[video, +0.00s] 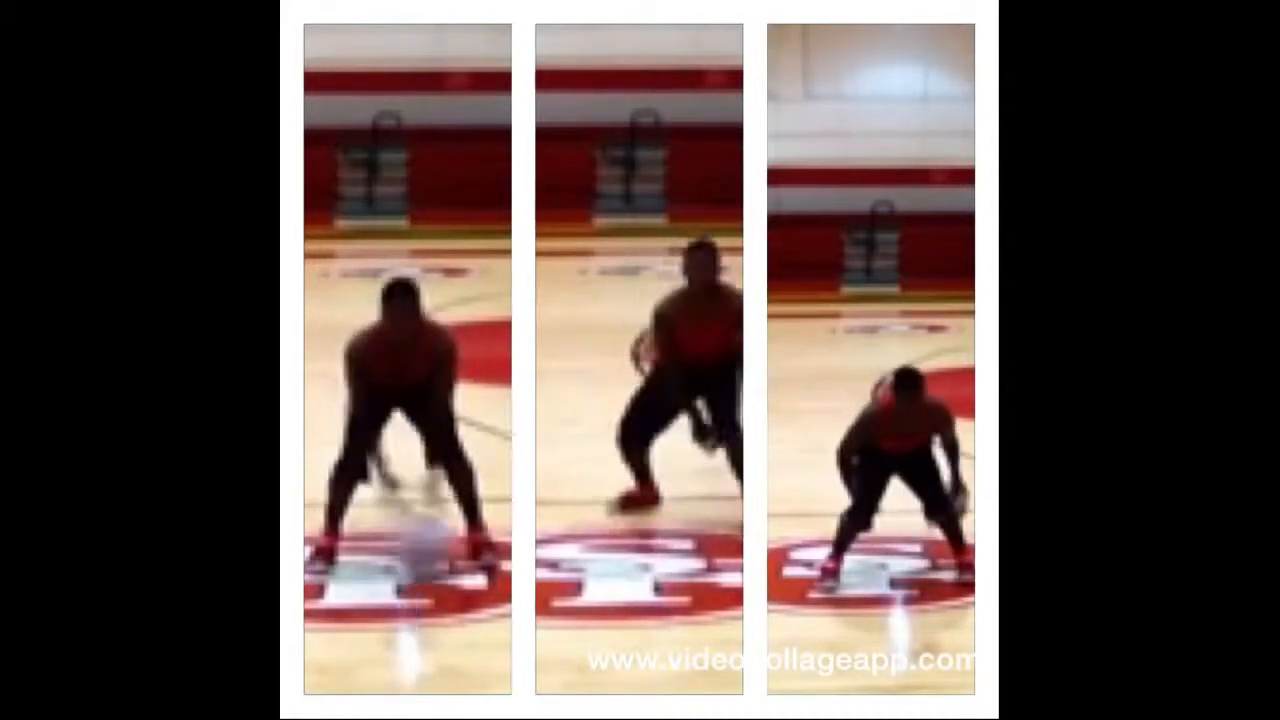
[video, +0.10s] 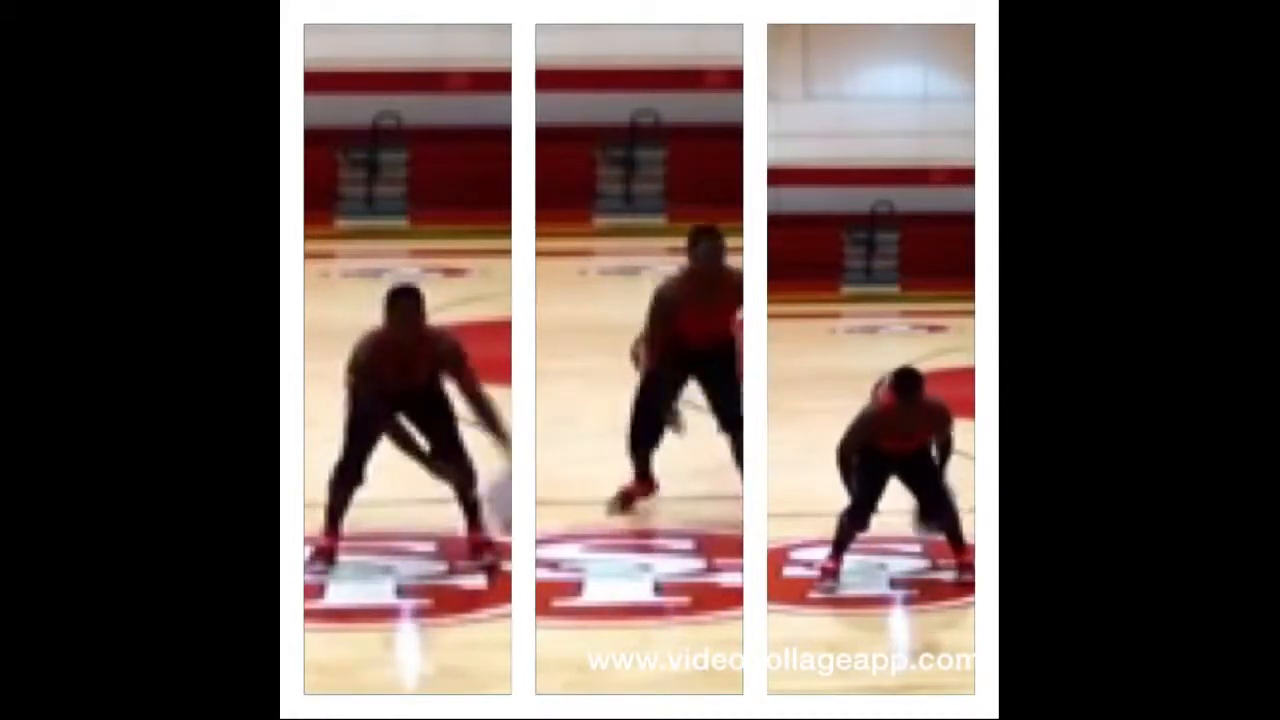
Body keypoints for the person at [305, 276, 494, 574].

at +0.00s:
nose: (402, 326)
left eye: (409, 316)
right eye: (394, 316)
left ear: (419, 312)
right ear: (383, 314)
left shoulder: (439, 344)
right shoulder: (363, 349)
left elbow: (442, 405)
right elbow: (362, 413)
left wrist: (435, 454)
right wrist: (375, 462)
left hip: (422, 394)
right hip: (375, 397)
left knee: (454, 458)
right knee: (350, 462)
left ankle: (476, 530)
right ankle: (330, 535)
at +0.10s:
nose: (407, 327)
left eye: (413, 318)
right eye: (400, 319)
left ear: (423, 317)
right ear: (388, 318)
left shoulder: (440, 346)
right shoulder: (369, 354)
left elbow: (474, 394)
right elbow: (387, 422)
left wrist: (502, 436)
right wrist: (429, 463)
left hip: (422, 396)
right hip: (375, 402)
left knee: (458, 463)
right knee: (349, 470)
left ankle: (476, 533)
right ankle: (330, 536)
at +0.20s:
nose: (407, 334)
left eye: (413, 323)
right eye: (399, 325)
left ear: (422, 320)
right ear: (387, 323)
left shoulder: (439, 347)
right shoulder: (368, 358)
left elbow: (481, 389)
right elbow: (377, 427)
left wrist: (514, 426)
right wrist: (421, 469)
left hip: (420, 396)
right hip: (373, 401)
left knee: (456, 461)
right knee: (351, 469)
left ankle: (477, 532)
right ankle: (330, 536)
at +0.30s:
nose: (398, 323)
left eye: (404, 314)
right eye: (391, 315)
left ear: (414, 312)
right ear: (380, 314)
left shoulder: (440, 345)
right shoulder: (362, 348)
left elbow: (449, 403)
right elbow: (359, 419)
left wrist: (442, 453)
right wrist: (374, 474)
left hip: (423, 388)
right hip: (375, 390)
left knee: (454, 456)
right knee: (350, 460)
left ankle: (476, 530)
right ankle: (330, 536)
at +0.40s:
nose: (393, 330)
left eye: (400, 321)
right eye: (386, 321)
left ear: (410, 316)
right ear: (375, 316)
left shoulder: (432, 343)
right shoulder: (356, 347)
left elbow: (420, 417)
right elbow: (332, 402)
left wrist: (375, 460)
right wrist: (311, 456)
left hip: (423, 393)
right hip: (374, 394)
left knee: (452, 456)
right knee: (347, 461)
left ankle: (477, 531)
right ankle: (325, 543)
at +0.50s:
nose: (391, 328)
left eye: (398, 319)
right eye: (385, 319)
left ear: (409, 314)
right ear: (375, 314)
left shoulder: (431, 342)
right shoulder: (355, 345)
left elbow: (428, 417)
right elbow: (337, 400)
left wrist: (397, 461)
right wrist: (320, 454)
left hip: (424, 394)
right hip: (374, 395)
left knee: (452, 458)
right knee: (348, 458)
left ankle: (477, 530)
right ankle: (328, 540)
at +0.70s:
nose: (408, 332)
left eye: (414, 322)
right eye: (400, 323)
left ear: (423, 319)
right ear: (388, 321)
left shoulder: (440, 345)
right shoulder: (369, 355)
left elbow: (481, 387)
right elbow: (389, 421)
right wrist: (432, 459)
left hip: (425, 396)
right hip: (376, 400)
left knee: (458, 462)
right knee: (350, 468)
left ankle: (477, 533)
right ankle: (329, 537)